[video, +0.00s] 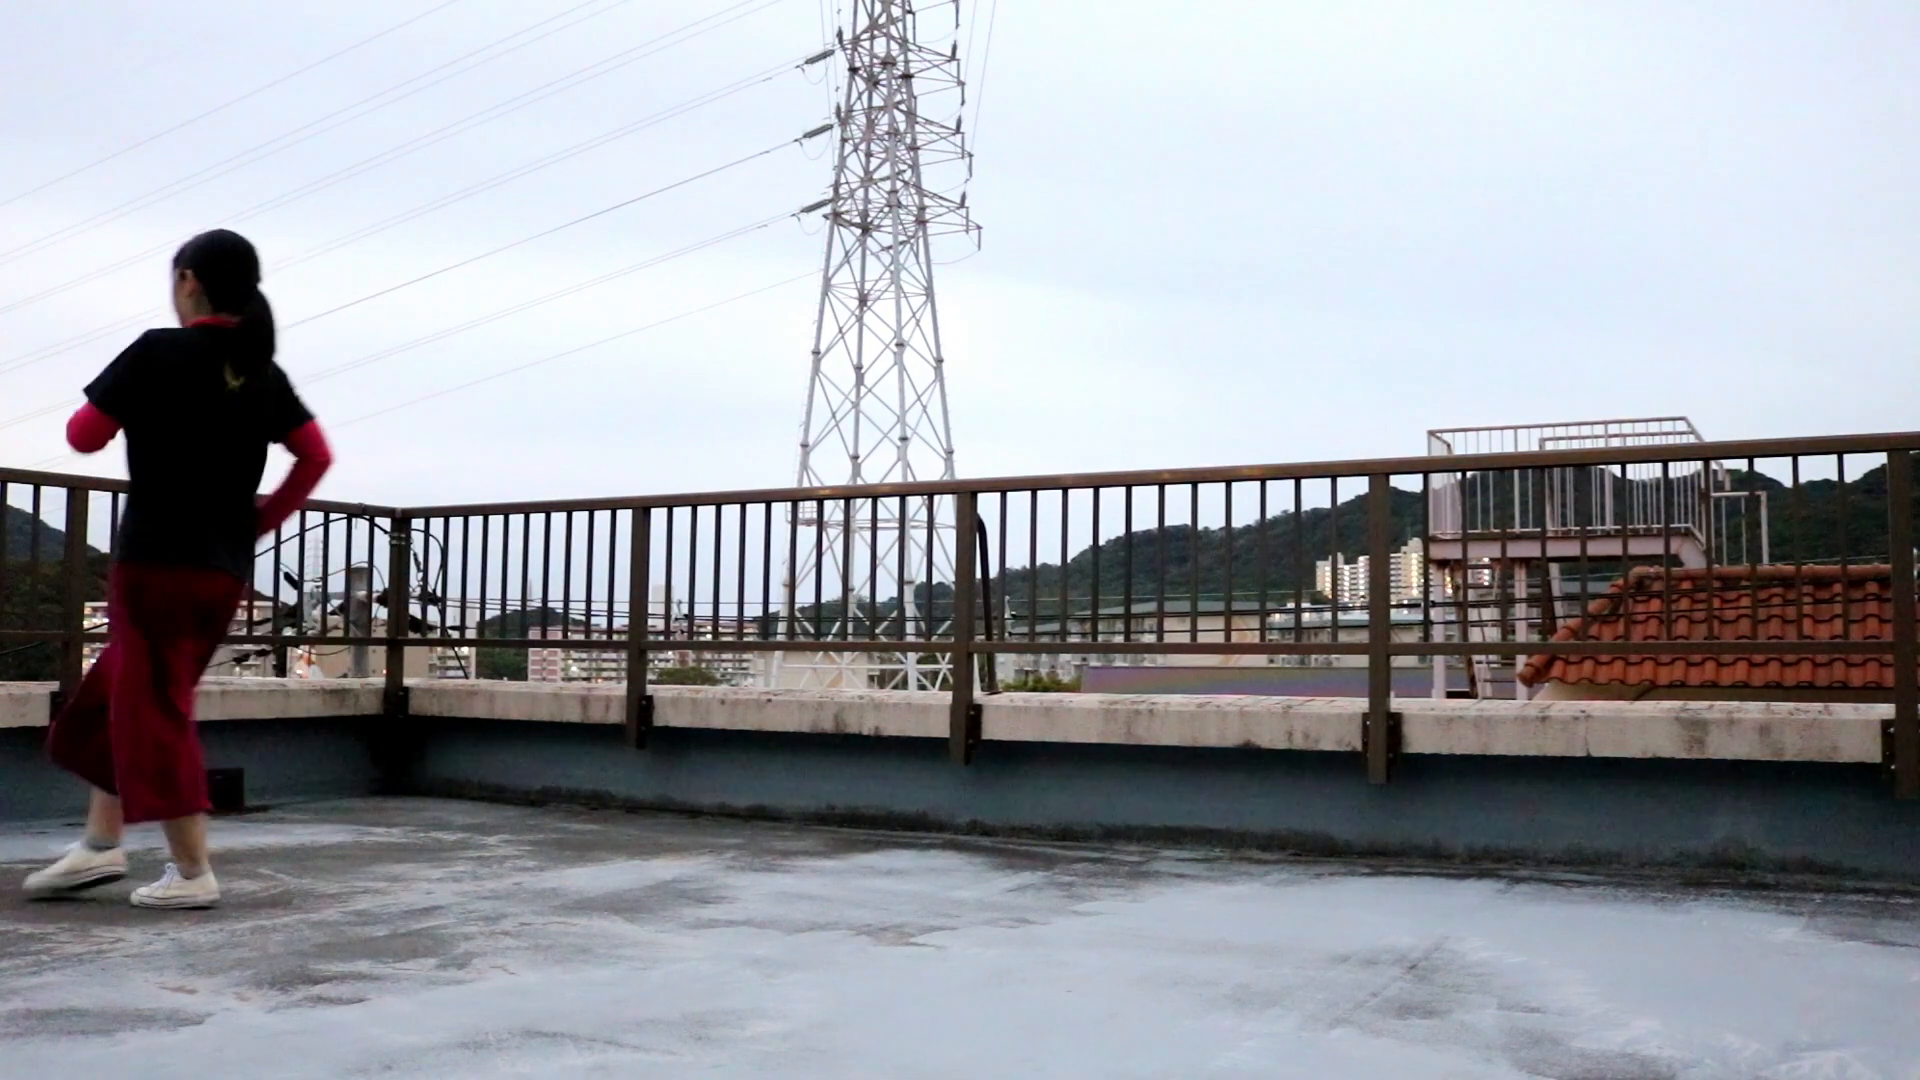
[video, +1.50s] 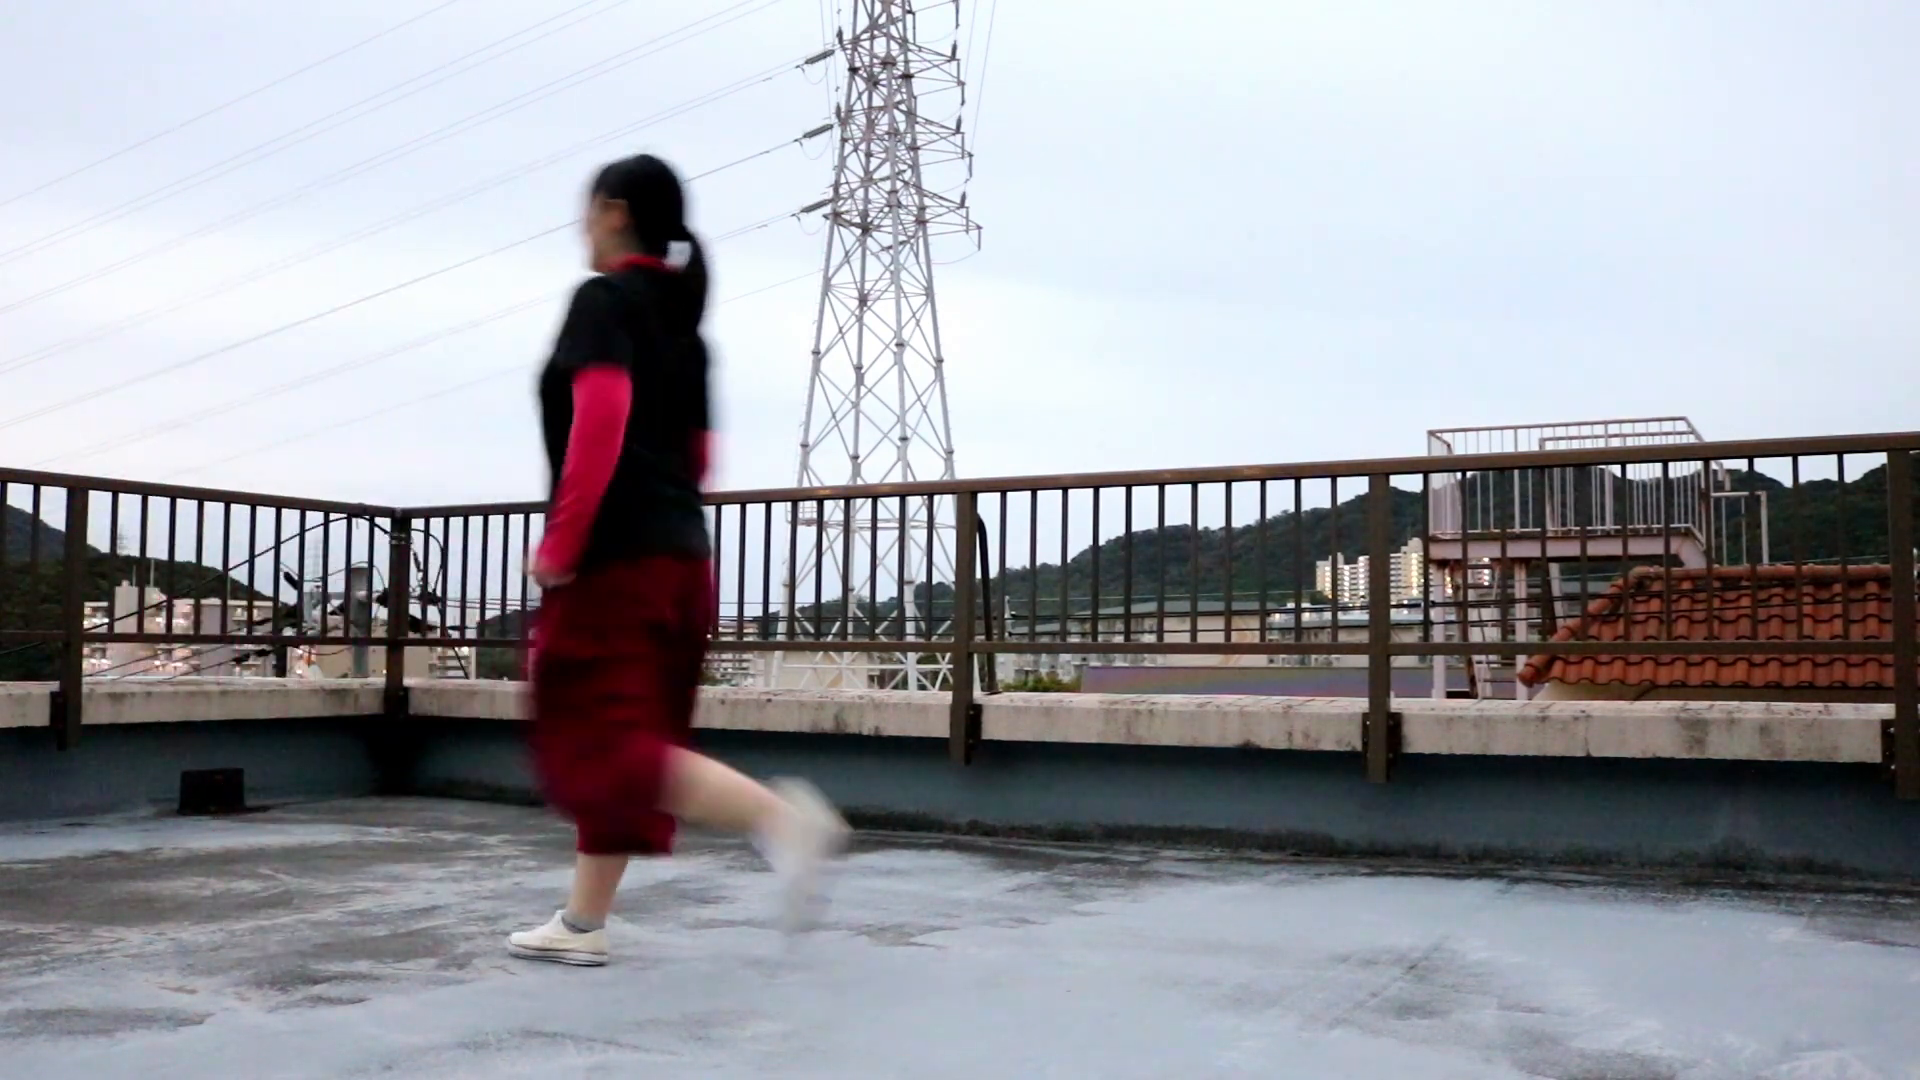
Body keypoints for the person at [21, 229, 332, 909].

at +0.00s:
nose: (172, 291)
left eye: (174, 280)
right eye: (174, 280)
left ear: (190, 284)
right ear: (246, 290)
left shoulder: (156, 351)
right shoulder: (262, 371)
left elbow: (84, 435)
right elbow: (317, 456)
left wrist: (125, 406)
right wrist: (264, 516)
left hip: (148, 561)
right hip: (224, 566)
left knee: (154, 706)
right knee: (126, 691)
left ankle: (194, 872)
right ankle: (100, 843)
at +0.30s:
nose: (133, 292)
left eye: (136, 282)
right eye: (138, 281)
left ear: (149, 287)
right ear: (203, 295)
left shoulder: (146, 347)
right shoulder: (203, 357)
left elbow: (166, 388)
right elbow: (156, 421)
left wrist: (127, 500)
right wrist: (109, 385)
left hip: (131, 549)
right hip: (195, 560)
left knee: (18, 638)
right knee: (137, 706)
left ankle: (97, 729)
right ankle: (97, 864)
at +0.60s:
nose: (176, 304)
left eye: (181, 294)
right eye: (181, 292)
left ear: (194, 303)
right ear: (251, 311)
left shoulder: (159, 381)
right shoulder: (262, 399)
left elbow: (106, 473)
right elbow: (291, 501)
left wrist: (64, 469)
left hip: (141, 584)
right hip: (210, 587)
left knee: (146, 729)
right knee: (123, 716)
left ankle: (244, 878)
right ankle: (94, 866)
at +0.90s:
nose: (268, 246)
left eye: (272, 236)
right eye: (274, 235)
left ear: (286, 247)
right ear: (343, 255)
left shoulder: (242, 313)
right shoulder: (362, 327)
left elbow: (131, 366)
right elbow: (451, 402)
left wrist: (155, 349)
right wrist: (448, 500)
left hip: (274, 548)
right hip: (352, 555)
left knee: (228, 691)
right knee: (218, 651)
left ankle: (269, 894)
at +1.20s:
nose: (416, 252)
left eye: (423, 240)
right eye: (422, 240)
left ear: (441, 250)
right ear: (481, 258)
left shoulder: (458, 328)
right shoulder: (459, 332)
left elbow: (481, 394)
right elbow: (423, 410)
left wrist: (474, 467)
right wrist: (366, 374)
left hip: (435, 565)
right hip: (506, 565)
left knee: (353, 709)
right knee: (530, 727)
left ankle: (290, 891)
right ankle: (573, 921)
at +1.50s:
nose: (585, 229)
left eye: (592, 215)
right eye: (589, 215)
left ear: (616, 219)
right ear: (658, 226)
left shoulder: (603, 300)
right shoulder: (679, 316)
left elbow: (601, 418)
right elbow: (696, 456)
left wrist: (560, 539)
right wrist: (627, 505)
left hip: (614, 559)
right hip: (677, 559)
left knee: (587, 741)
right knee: (626, 736)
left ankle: (781, 817)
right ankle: (583, 922)